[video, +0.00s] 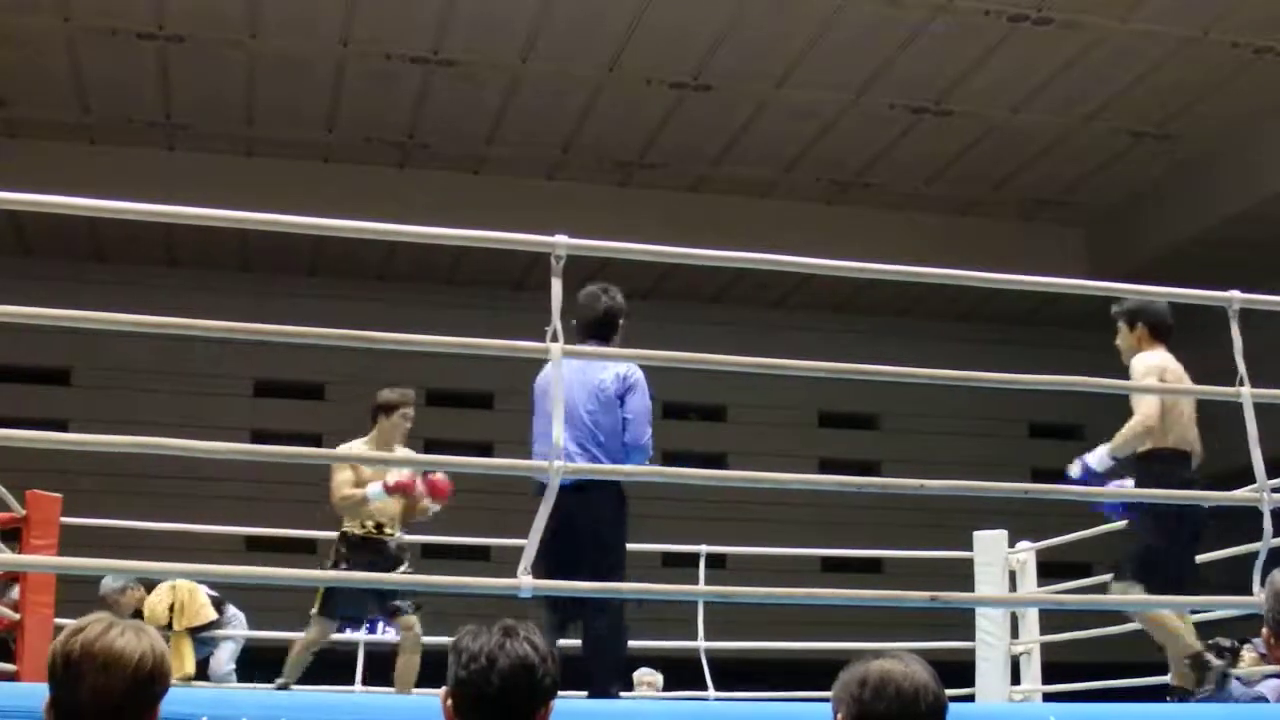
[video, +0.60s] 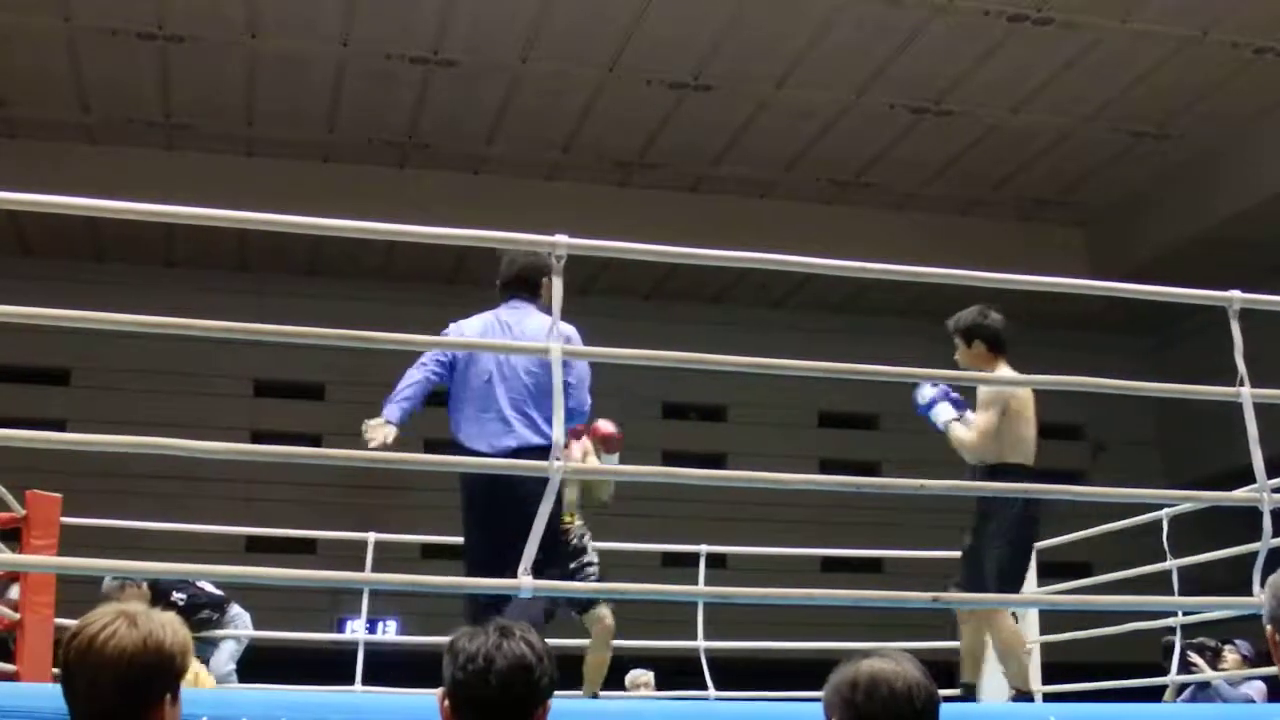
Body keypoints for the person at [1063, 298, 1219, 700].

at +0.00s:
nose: (1117, 341)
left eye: (1120, 331)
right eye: (1116, 332)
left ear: (1140, 330)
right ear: (1155, 332)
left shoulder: (1146, 362)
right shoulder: (1178, 371)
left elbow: (1146, 420)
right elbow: (1192, 451)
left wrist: (1099, 457)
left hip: (1157, 471)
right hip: (1182, 475)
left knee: (1126, 586)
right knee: (1169, 588)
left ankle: (1199, 657)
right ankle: (1182, 685)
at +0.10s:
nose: (1090, 341)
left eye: (1095, 332)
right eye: (1091, 332)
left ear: (1115, 332)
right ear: (1123, 334)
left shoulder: (1124, 367)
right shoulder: (1146, 371)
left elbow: (1125, 424)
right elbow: (1140, 449)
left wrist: (1065, 442)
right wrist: (1084, 469)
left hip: (1133, 488)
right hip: (1156, 489)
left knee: (1092, 586)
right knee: (1161, 599)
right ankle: (1182, 695)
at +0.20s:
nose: (1063, 346)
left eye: (1068, 337)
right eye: (1064, 338)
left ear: (1089, 338)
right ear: (1098, 339)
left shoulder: (1098, 376)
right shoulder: (1119, 377)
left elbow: (1099, 437)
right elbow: (1118, 450)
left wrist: (1044, 434)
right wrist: (1050, 451)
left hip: (1106, 489)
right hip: (1125, 490)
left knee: (1074, 596)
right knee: (1138, 600)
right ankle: (1176, 692)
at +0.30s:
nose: (1033, 351)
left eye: (1038, 343)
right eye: (1034, 342)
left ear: (1059, 345)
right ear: (1064, 345)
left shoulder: (1074, 385)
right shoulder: (1087, 383)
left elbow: (1067, 451)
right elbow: (1081, 449)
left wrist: (1017, 434)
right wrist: (1028, 434)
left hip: (1075, 509)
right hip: (1090, 508)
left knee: (1040, 603)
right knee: (1093, 607)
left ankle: (1030, 700)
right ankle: (1159, 686)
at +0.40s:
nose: (1004, 354)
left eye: (1009, 345)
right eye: (1004, 345)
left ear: (1030, 347)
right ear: (1036, 347)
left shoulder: (1045, 390)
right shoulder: (1062, 388)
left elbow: (1035, 455)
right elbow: (1048, 452)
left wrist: (991, 436)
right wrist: (1001, 433)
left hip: (1047, 509)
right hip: (1062, 507)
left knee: (1016, 603)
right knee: (1038, 609)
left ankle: (1027, 698)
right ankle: (1113, 667)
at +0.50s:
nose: (979, 354)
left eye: (982, 345)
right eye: (979, 345)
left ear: (1003, 346)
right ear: (1012, 345)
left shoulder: (1022, 385)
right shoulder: (1034, 383)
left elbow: (1009, 449)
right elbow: (1025, 444)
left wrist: (965, 430)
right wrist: (983, 428)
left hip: (1028, 503)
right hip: (1030, 501)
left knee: (1002, 601)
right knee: (990, 598)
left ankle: (1027, 694)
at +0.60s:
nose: (955, 356)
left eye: (959, 347)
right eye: (956, 347)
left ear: (980, 347)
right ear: (987, 346)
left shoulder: (997, 384)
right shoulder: (1009, 382)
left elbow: (978, 449)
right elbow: (990, 441)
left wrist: (944, 416)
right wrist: (960, 414)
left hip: (1008, 501)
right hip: (1002, 499)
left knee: (989, 601)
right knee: (967, 597)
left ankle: (1024, 698)